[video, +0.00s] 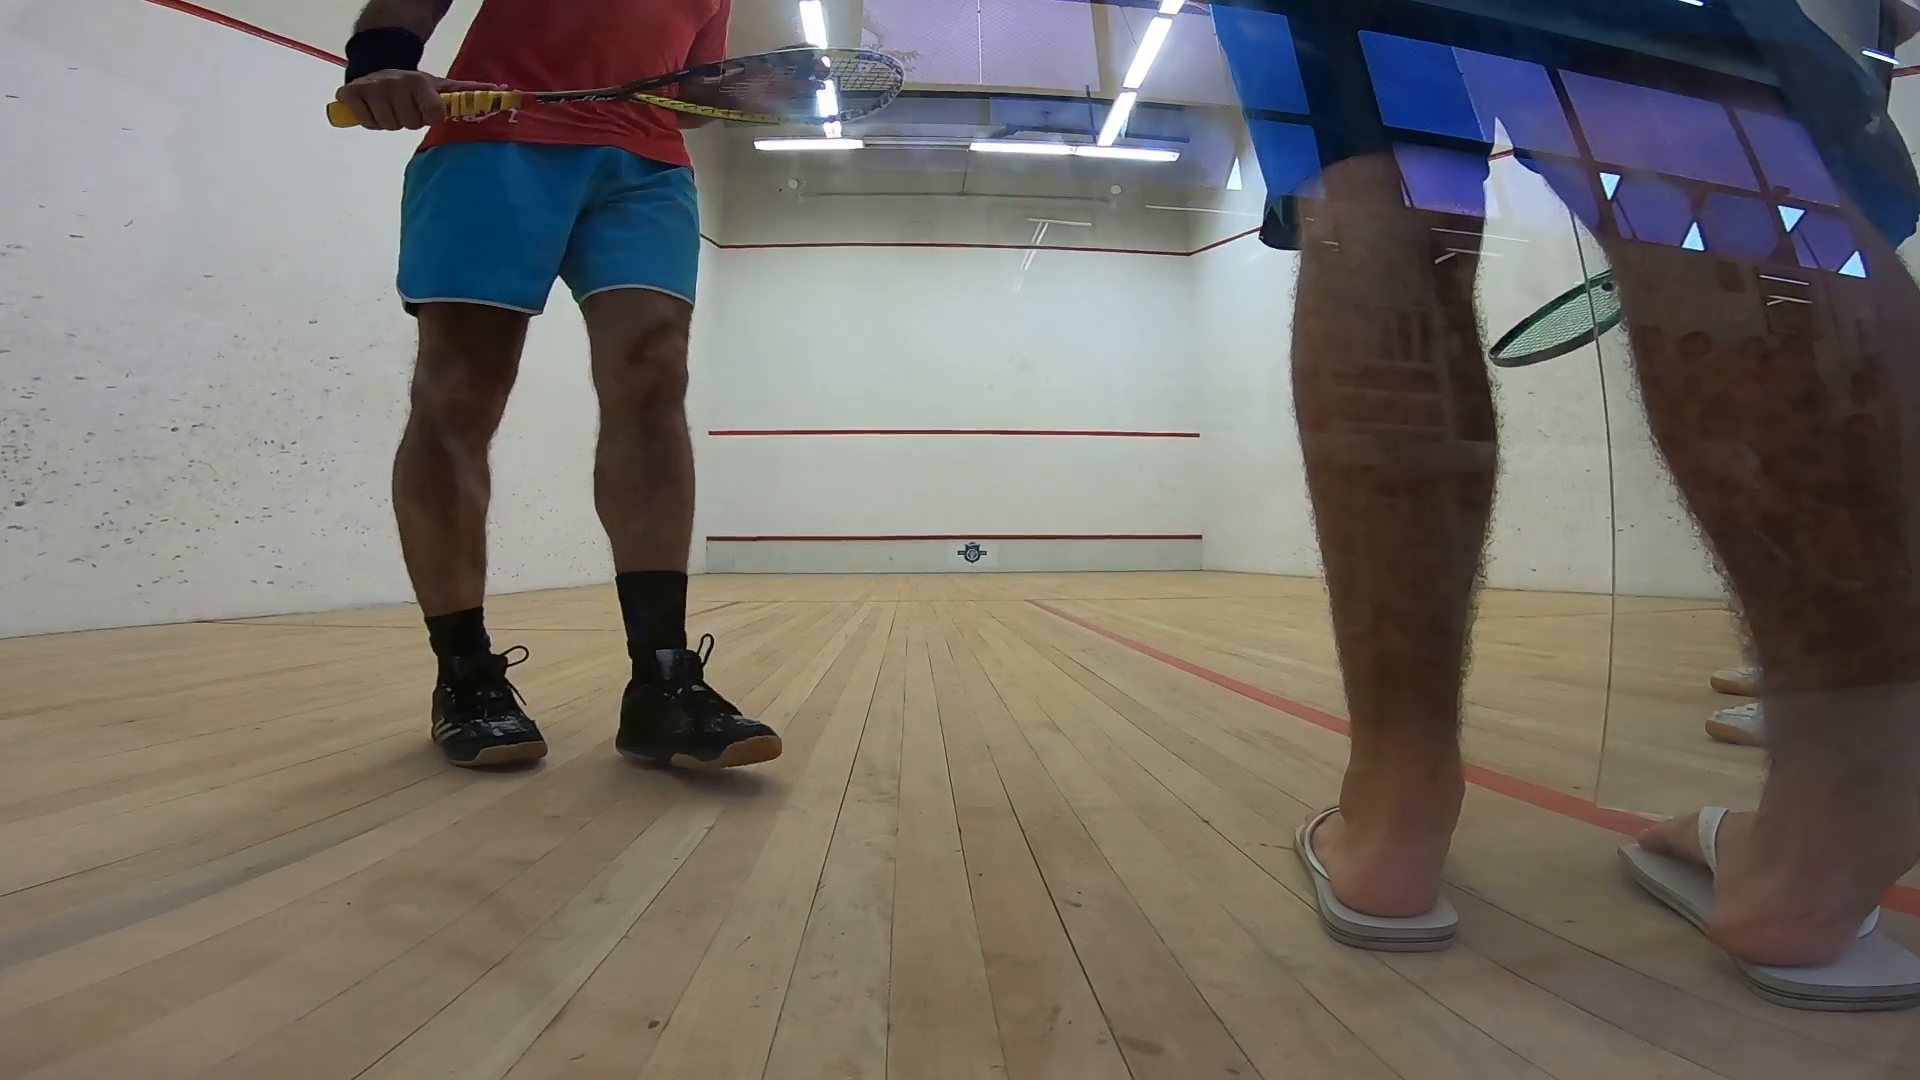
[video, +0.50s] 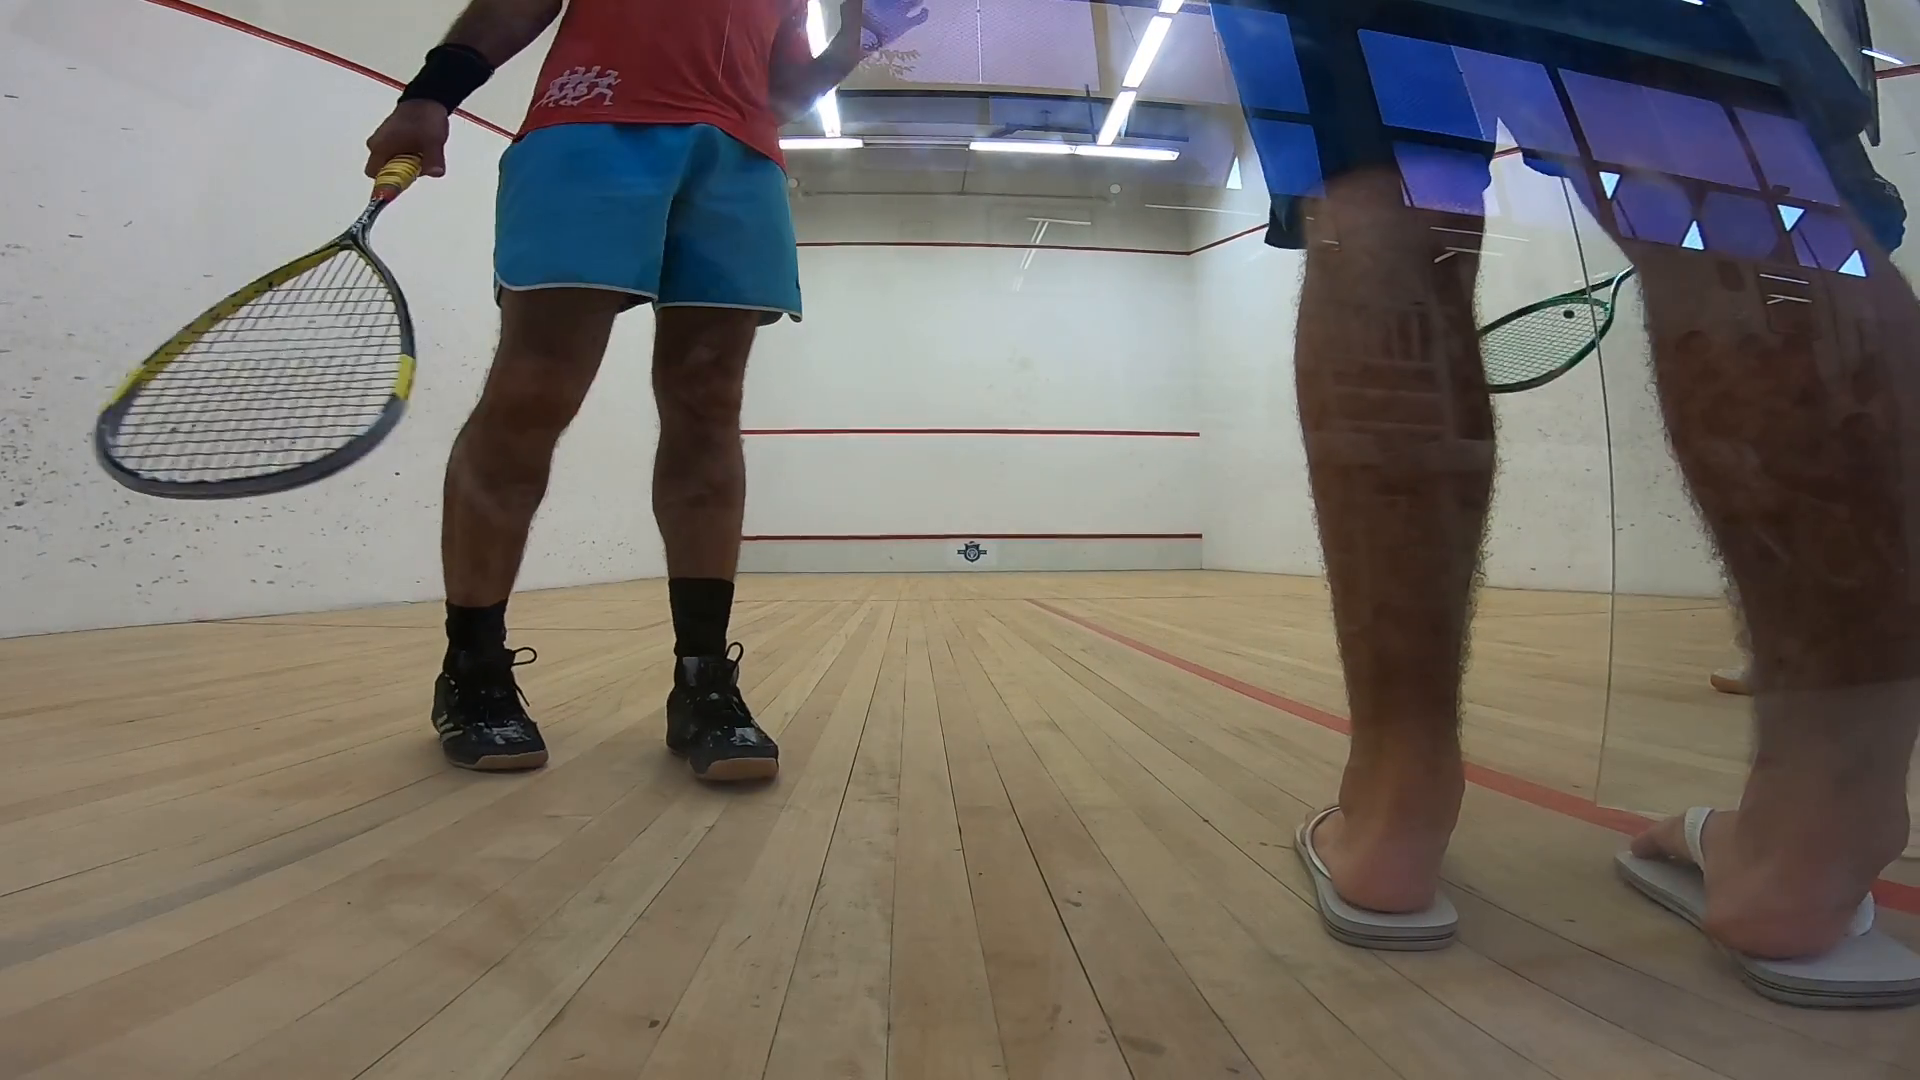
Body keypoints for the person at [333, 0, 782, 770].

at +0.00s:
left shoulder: (709, 3)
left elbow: (693, 79)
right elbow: (414, 1)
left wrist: (757, 88)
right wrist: (383, 58)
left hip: (645, 137)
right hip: (497, 117)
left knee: (653, 372)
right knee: (459, 394)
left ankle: (663, 681)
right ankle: (467, 681)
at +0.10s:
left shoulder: (714, 4)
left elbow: (695, 88)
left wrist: (748, 85)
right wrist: (387, 67)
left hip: (652, 144)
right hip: (499, 125)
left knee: (665, 365)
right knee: (462, 394)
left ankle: (684, 680)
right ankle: (468, 679)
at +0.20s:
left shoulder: (726, 4)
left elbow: (702, 95)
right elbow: (462, 5)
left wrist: (773, 76)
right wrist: (398, 79)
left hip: (665, 142)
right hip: (514, 121)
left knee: (672, 375)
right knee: (473, 398)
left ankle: (701, 678)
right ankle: (469, 677)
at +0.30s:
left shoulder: (744, 4)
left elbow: (729, 95)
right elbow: (489, 1)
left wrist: (800, 63)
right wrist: (414, 84)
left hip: (690, 133)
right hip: (541, 109)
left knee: (681, 397)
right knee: (494, 398)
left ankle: (701, 687)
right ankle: (472, 680)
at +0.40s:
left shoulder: (762, 3)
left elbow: (756, 92)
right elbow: (510, 0)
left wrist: (829, 51)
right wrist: (419, 90)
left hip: (714, 135)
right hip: (571, 111)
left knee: (695, 399)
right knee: (513, 398)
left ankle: (703, 685)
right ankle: (474, 680)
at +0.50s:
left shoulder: (775, 5)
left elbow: (779, 91)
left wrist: (846, 46)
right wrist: (432, 90)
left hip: (736, 131)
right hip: (592, 110)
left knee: (708, 396)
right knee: (534, 392)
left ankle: (705, 684)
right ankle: (474, 675)